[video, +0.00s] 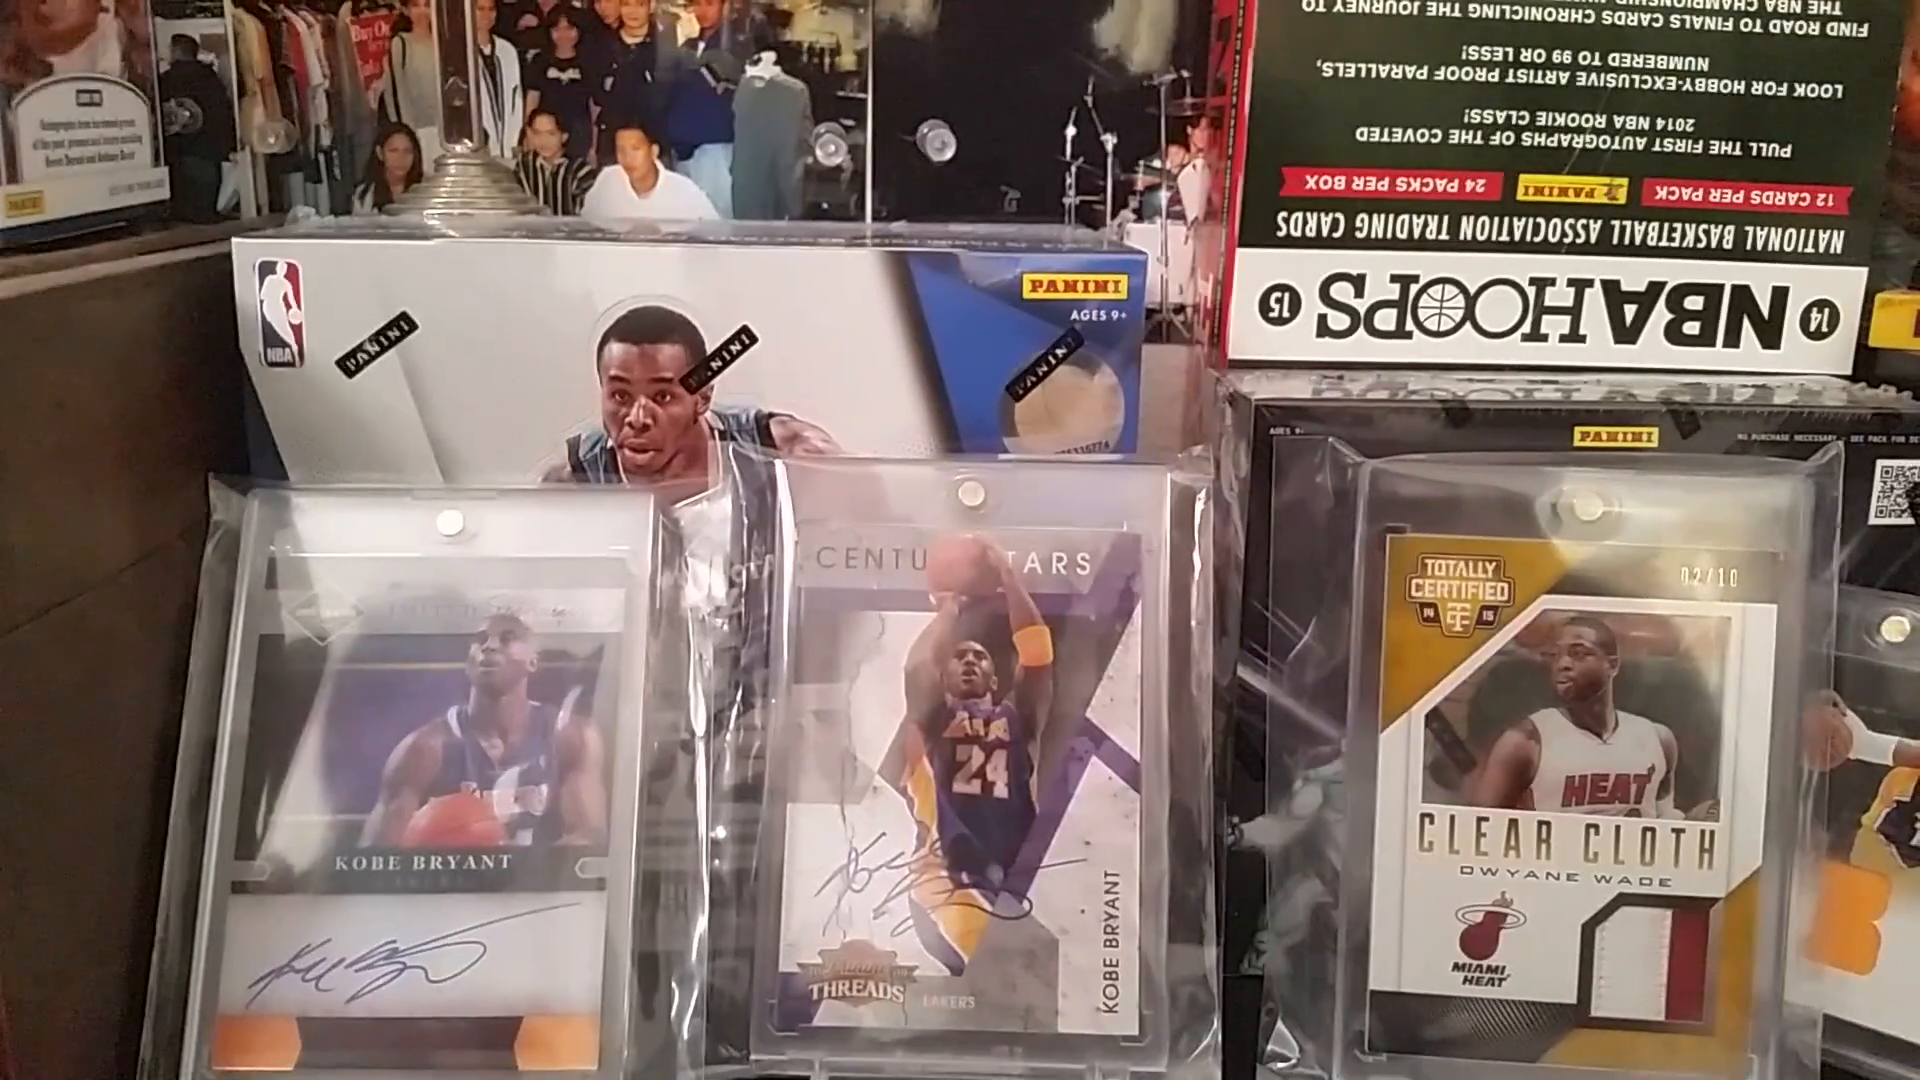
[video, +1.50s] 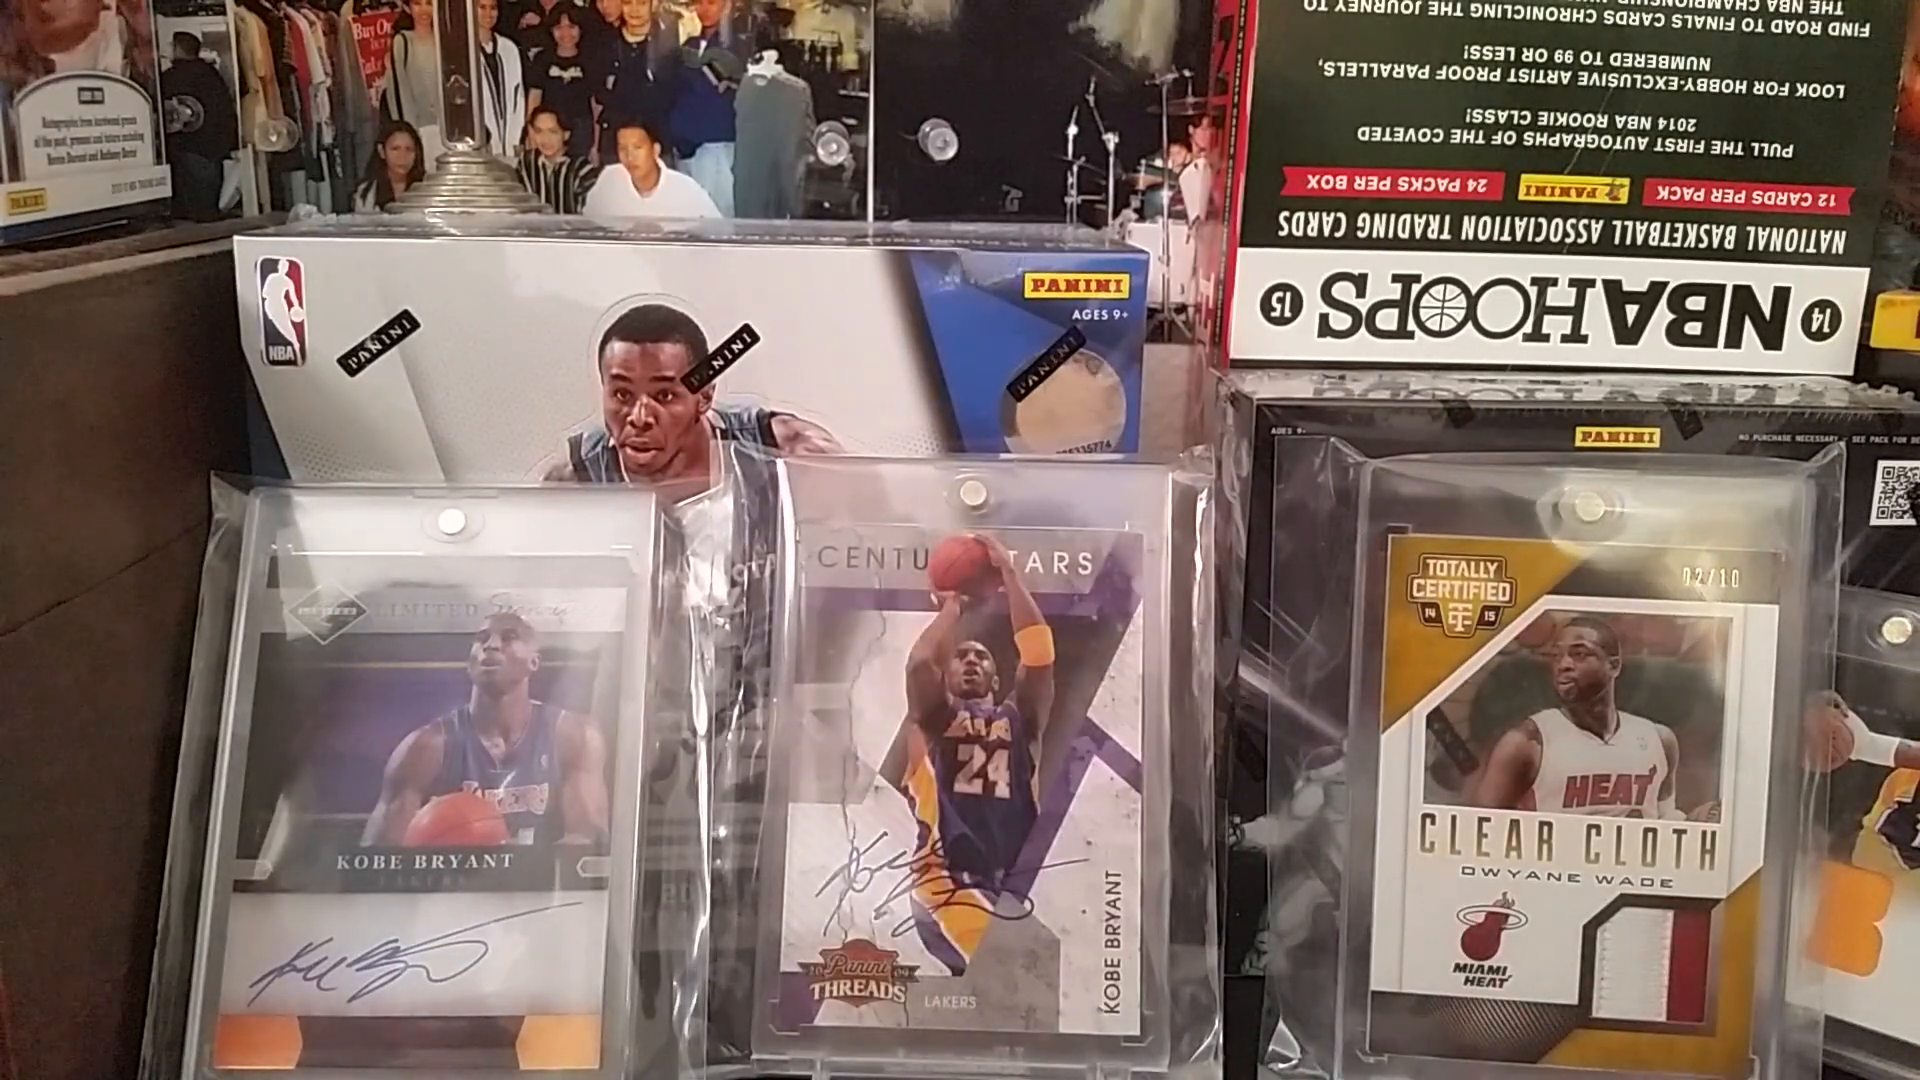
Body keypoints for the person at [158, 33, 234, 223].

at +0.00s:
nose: (171, 54)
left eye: (171, 51)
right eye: (172, 51)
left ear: (173, 53)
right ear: (196, 53)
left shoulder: (163, 81)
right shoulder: (210, 77)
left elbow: (157, 119)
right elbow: (223, 112)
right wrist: (228, 146)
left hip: (176, 153)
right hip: (209, 150)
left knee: (180, 209)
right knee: (206, 209)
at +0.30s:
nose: (170, 51)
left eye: (172, 47)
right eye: (172, 48)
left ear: (175, 49)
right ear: (197, 50)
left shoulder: (164, 78)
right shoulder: (212, 77)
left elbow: (157, 115)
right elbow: (225, 111)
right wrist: (229, 144)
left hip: (176, 149)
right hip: (208, 147)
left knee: (180, 207)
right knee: (207, 206)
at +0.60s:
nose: (172, 52)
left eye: (173, 48)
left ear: (174, 49)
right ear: (197, 50)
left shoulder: (164, 79)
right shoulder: (213, 76)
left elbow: (157, 117)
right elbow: (225, 111)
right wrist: (230, 144)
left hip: (177, 150)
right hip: (210, 148)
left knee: (180, 206)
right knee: (208, 206)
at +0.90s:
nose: (171, 51)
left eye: (172, 48)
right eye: (173, 48)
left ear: (175, 49)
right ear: (196, 50)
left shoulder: (165, 78)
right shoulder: (212, 75)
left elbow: (158, 117)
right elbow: (226, 109)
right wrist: (231, 144)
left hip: (180, 150)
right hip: (212, 148)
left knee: (182, 207)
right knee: (209, 207)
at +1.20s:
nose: (171, 51)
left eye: (172, 48)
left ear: (174, 49)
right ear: (197, 50)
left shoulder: (164, 79)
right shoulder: (211, 75)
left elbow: (157, 117)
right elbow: (225, 109)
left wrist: (159, 150)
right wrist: (230, 144)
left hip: (176, 150)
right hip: (209, 147)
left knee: (180, 207)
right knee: (207, 207)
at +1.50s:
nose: (171, 51)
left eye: (173, 47)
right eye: (173, 47)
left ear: (176, 49)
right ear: (197, 50)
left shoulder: (166, 78)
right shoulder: (213, 75)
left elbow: (158, 116)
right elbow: (226, 111)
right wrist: (229, 145)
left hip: (179, 150)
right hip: (211, 148)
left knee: (182, 207)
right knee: (208, 207)